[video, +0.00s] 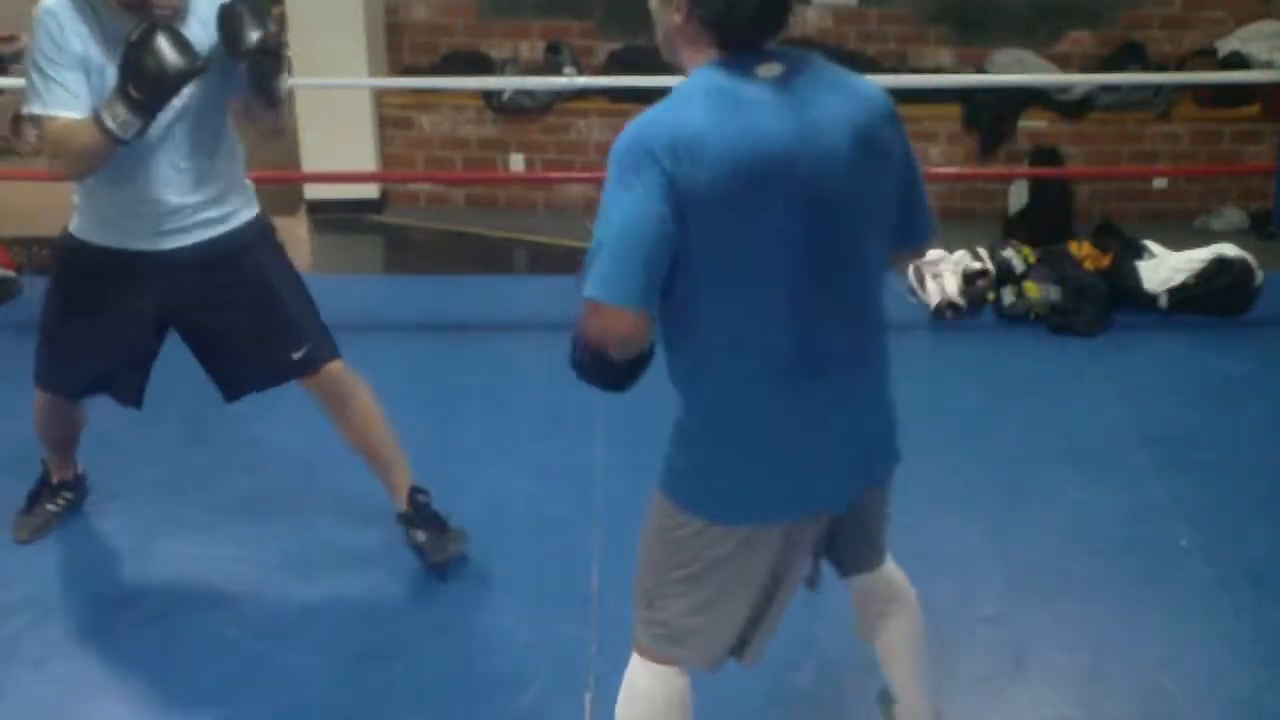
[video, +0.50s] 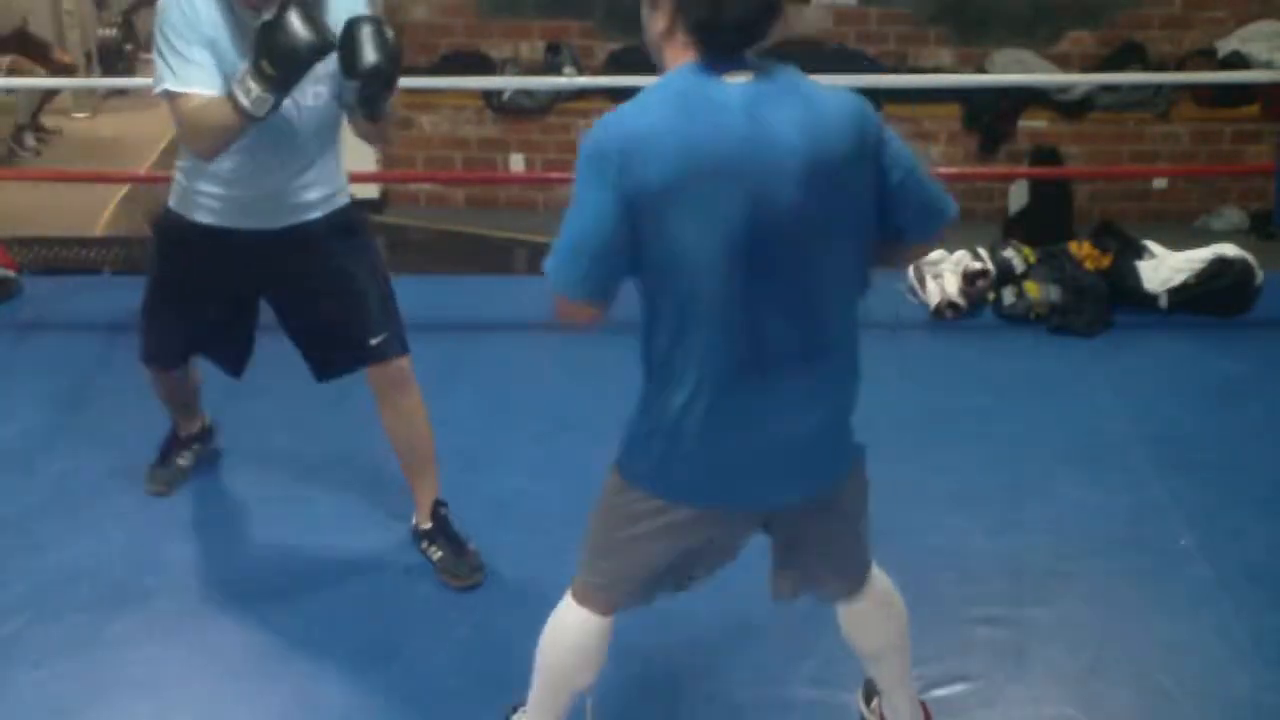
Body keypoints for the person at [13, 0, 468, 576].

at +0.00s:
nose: (166, 3)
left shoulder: (217, 11)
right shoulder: (62, 18)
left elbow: (268, 130)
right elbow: (66, 158)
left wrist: (264, 78)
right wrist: (129, 104)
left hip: (224, 230)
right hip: (107, 242)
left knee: (323, 370)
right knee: (54, 393)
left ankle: (412, 504)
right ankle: (61, 481)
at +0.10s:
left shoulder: (254, 14)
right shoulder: (103, 21)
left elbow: (324, 135)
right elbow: (110, 157)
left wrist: (304, 70)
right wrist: (172, 88)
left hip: (253, 235)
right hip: (134, 242)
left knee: (346, 377)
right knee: (75, 382)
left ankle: (424, 516)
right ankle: (59, 476)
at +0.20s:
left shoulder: (303, 16)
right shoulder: (156, 14)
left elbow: (360, 142)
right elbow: (161, 150)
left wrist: (344, 62)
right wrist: (223, 78)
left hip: (280, 227)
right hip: (167, 231)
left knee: (369, 368)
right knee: (107, 373)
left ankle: (427, 517)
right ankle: (69, 476)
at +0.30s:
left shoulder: (337, 13)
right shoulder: (189, 11)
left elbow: (382, 145)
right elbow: (196, 145)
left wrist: (374, 71)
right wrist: (259, 80)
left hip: (298, 223)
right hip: (188, 221)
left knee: (378, 367)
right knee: (122, 358)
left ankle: (428, 518)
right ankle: (106, 461)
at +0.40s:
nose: (273, 2)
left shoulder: (350, 11)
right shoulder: (197, 11)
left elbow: (389, 147)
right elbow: (205, 141)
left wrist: (380, 82)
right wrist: (274, 79)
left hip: (312, 220)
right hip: (199, 218)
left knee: (385, 368)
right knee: (141, 351)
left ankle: (430, 519)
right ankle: (161, 433)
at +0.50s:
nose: (262, 0)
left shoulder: (342, 7)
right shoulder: (190, 9)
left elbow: (375, 133)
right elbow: (197, 136)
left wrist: (371, 94)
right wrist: (264, 78)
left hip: (317, 214)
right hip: (205, 217)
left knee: (390, 362)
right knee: (163, 353)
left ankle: (431, 520)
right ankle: (191, 433)